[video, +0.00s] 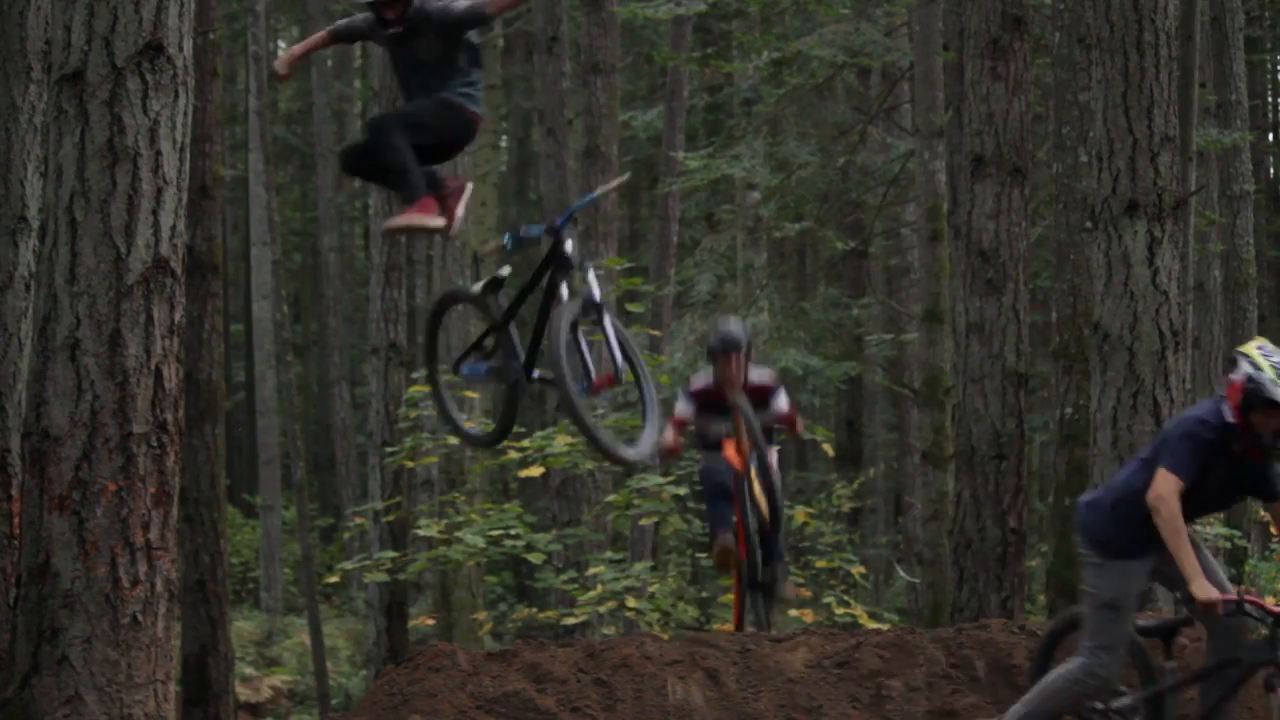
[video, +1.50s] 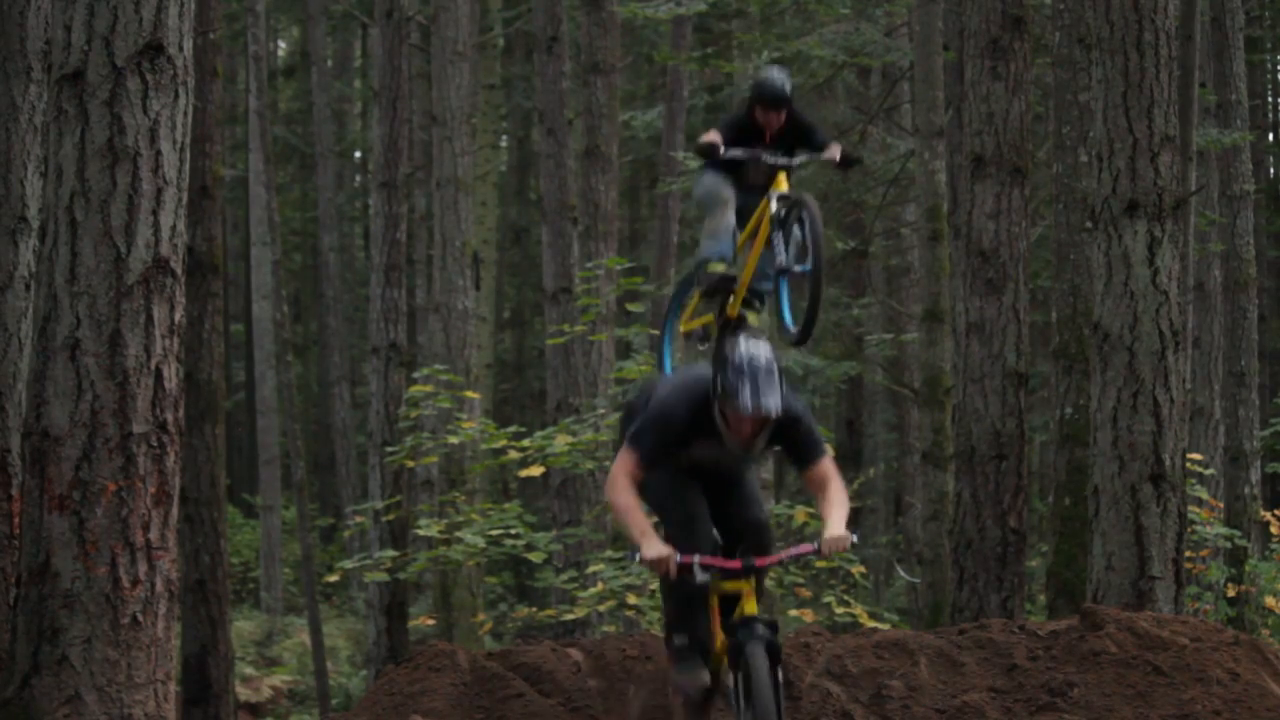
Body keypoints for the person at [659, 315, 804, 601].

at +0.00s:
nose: (730, 367)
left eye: (735, 359)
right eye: (724, 360)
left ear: (746, 358)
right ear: (713, 361)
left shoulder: (765, 383)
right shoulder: (698, 387)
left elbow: (786, 415)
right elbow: (677, 421)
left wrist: (793, 424)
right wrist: (671, 438)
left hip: (759, 450)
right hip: (717, 450)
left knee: (771, 501)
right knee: (716, 482)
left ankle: (774, 569)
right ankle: (722, 540)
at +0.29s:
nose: (744, 137)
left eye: (750, 129)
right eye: (737, 129)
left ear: (762, 127)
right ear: (726, 128)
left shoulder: (782, 151)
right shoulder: (707, 152)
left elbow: (810, 207)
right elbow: (675, 188)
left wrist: (790, 186)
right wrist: (662, 208)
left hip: (767, 223)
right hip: (723, 225)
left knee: (777, 261)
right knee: (713, 256)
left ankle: (794, 344)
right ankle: (728, 332)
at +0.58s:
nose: (753, 65)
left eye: (760, 57)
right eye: (745, 57)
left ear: (771, 51)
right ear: (731, 51)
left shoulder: (791, 70)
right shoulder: (716, 66)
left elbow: (823, 121)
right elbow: (679, 105)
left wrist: (819, 147)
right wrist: (668, 135)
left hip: (784, 157)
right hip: (733, 157)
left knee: (793, 226)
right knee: (730, 221)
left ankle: (807, 317)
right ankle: (727, 301)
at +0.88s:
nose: (743, 70)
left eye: (753, 61)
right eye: (737, 59)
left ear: (767, 52)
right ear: (722, 45)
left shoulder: (777, 69)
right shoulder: (687, 49)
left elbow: (808, 138)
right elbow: (629, 108)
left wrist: (800, 171)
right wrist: (635, 167)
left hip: (713, 140)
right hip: (662, 134)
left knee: (749, 217)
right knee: (679, 202)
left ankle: (744, 324)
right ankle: (669, 310)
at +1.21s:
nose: (744, 206)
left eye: (754, 198)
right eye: (736, 196)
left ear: (770, 186)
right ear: (719, 179)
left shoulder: (783, 199)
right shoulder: (681, 192)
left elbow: (813, 273)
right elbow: (639, 267)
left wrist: (822, 347)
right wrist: (652, 347)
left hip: (721, 274)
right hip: (668, 274)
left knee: (745, 365)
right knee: (681, 365)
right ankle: (663, 477)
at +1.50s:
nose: (747, 427)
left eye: (758, 416)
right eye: (739, 414)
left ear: (775, 403)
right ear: (719, 398)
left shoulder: (784, 412)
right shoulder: (676, 405)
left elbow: (828, 480)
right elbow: (618, 480)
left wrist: (835, 527)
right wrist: (647, 540)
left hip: (723, 465)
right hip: (665, 465)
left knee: (755, 531)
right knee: (695, 542)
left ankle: (743, 627)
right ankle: (684, 647)